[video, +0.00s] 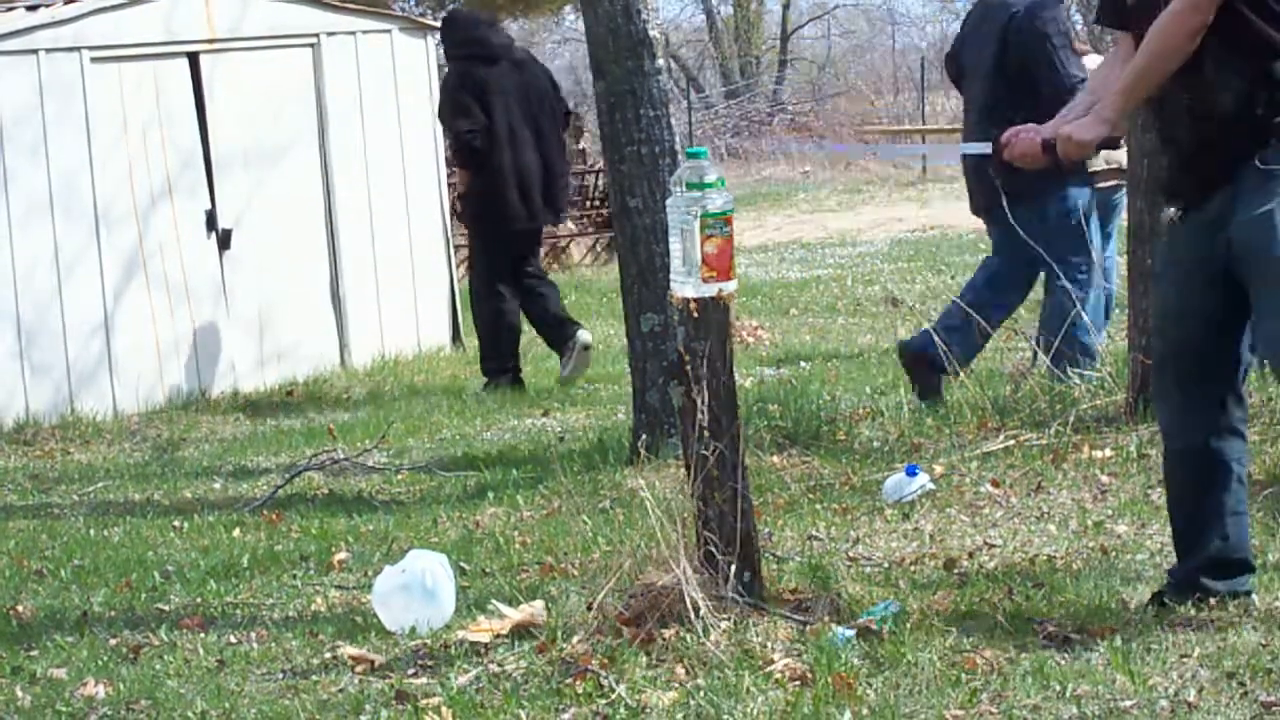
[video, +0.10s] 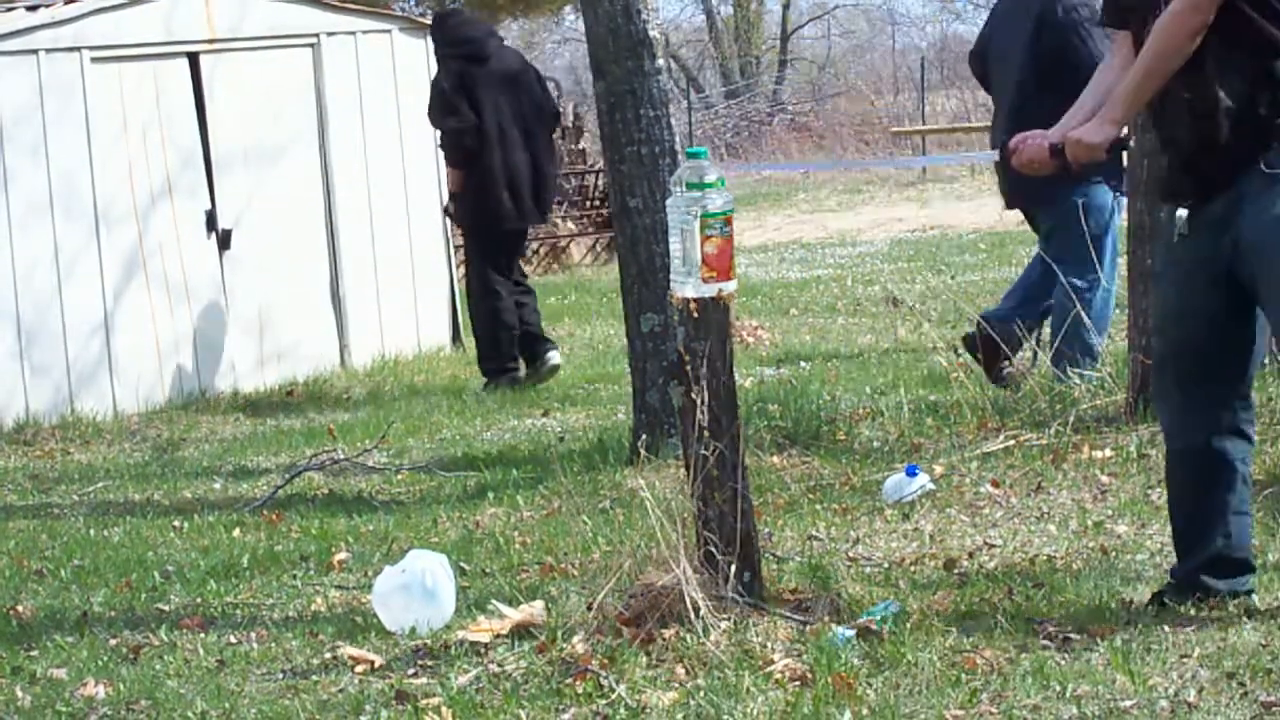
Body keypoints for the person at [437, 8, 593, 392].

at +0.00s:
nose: (445, 50)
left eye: (446, 44)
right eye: (445, 44)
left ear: (455, 42)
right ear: (491, 31)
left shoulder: (462, 76)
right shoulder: (528, 64)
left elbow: (469, 137)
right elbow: (560, 115)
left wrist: (466, 176)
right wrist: (542, 157)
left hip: (491, 197)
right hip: (536, 188)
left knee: (491, 284)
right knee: (526, 271)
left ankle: (503, 377)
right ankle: (568, 337)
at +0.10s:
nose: (436, 50)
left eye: (436, 43)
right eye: (436, 43)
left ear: (443, 42)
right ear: (478, 31)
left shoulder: (450, 78)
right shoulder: (515, 62)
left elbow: (461, 132)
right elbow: (548, 113)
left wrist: (455, 178)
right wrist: (533, 155)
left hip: (483, 192)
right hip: (527, 183)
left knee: (486, 279)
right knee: (510, 271)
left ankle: (501, 372)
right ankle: (539, 350)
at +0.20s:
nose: (427, 49)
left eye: (427, 43)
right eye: (426, 43)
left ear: (435, 40)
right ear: (469, 30)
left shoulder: (442, 72)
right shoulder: (504, 62)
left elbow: (451, 134)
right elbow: (539, 112)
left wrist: (445, 189)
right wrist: (518, 150)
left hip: (475, 190)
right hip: (514, 182)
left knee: (484, 279)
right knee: (497, 276)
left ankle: (502, 373)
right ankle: (504, 369)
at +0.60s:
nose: (400, 62)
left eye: (399, 55)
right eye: (397, 56)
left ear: (409, 46)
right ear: (429, 38)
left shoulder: (425, 70)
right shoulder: (471, 69)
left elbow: (435, 135)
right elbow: (502, 122)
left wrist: (416, 188)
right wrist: (492, 176)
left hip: (446, 194)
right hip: (481, 191)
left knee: (432, 277)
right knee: (469, 276)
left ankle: (483, 361)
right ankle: (465, 365)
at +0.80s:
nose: (381, 65)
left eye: (379, 56)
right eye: (376, 59)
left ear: (395, 43)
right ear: (400, 40)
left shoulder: (422, 69)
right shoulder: (451, 67)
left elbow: (439, 130)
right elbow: (479, 133)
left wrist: (408, 186)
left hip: (440, 200)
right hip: (472, 196)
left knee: (411, 283)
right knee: (458, 280)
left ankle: (431, 379)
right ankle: (469, 369)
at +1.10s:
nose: (349, 72)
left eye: (349, 64)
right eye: (345, 66)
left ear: (368, 50)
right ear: (366, 51)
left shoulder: (404, 77)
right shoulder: (398, 76)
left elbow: (429, 145)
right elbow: (422, 145)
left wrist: (395, 199)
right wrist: (394, 197)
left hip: (423, 213)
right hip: (424, 211)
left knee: (401, 299)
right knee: (441, 298)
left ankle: (378, 388)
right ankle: (469, 376)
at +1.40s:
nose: (312, 74)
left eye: (313, 65)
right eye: (308, 67)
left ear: (333, 53)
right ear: (332, 54)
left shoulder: (369, 79)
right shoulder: (352, 80)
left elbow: (398, 145)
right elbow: (363, 149)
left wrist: (365, 203)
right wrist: (348, 204)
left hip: (386, 214)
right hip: (368, 214)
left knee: (384, 300)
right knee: (379, 298)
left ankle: (379, 386)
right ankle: (440, 361)